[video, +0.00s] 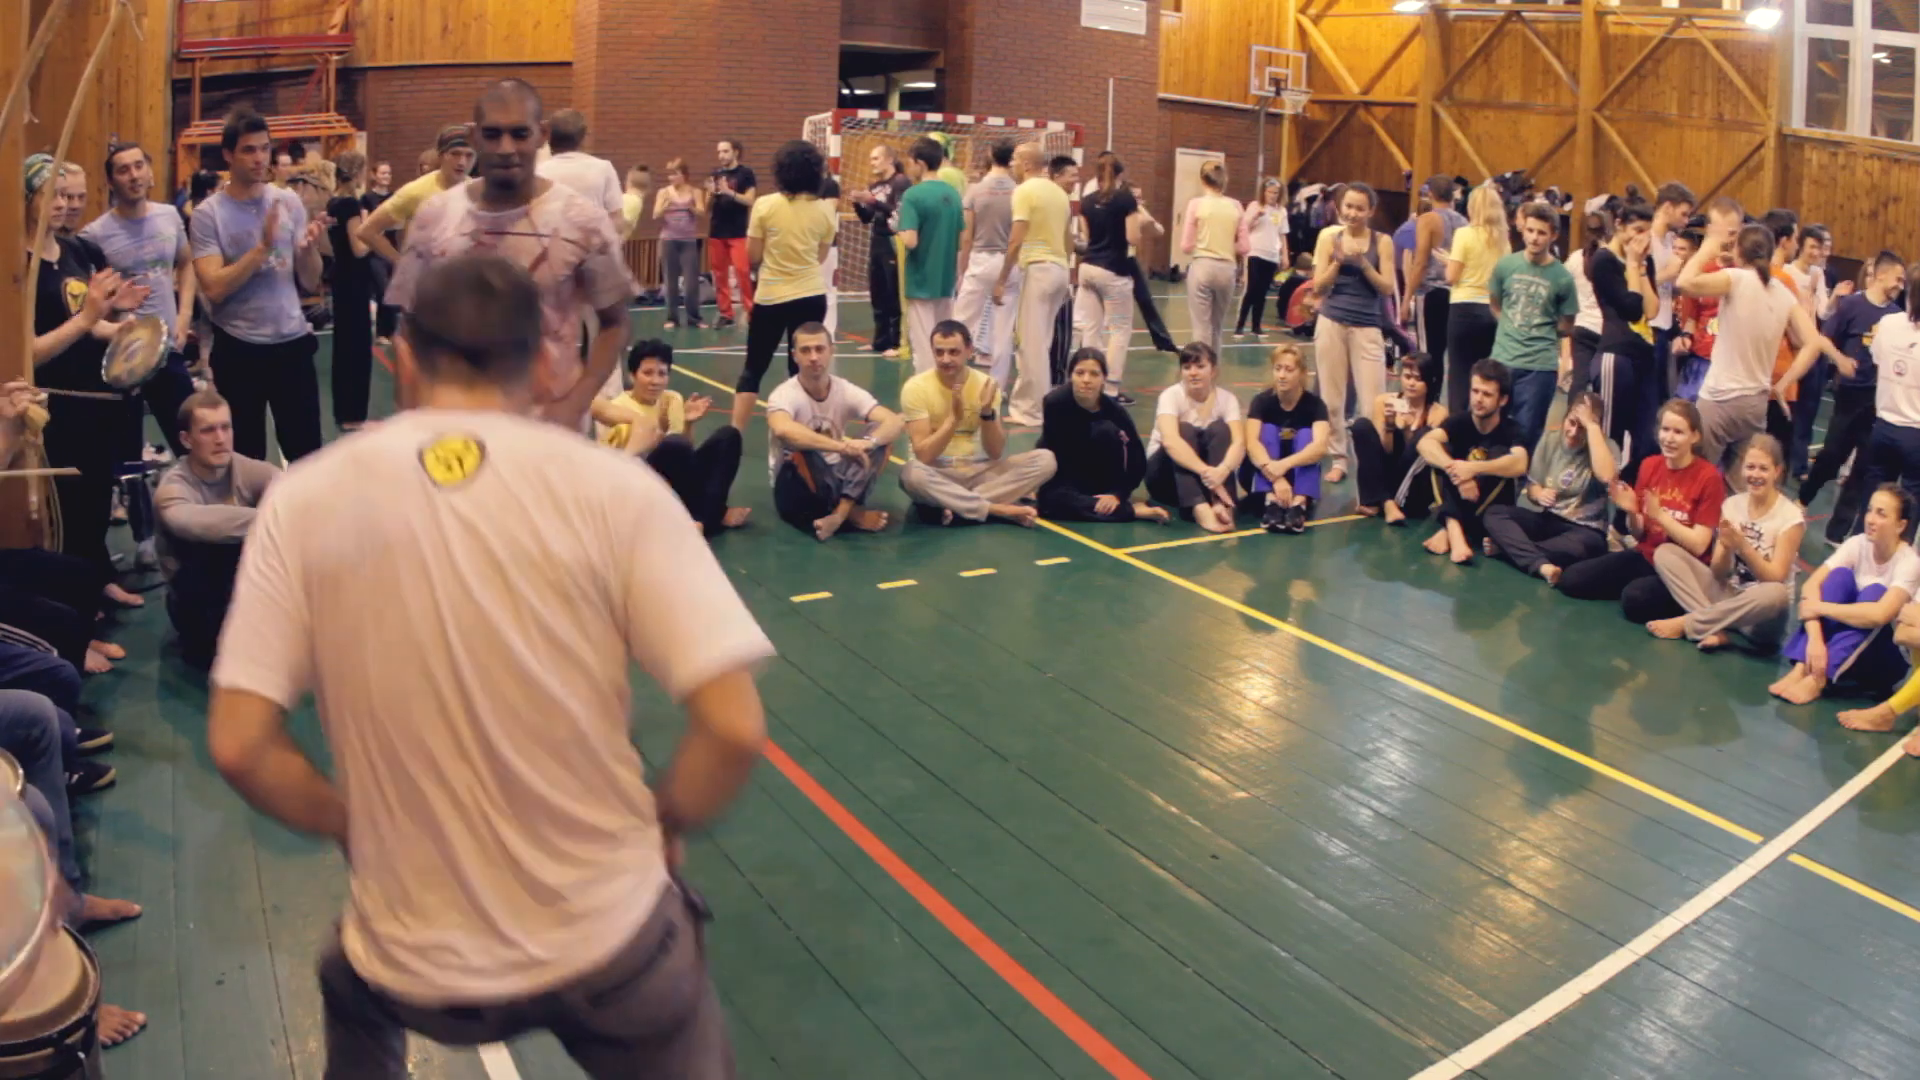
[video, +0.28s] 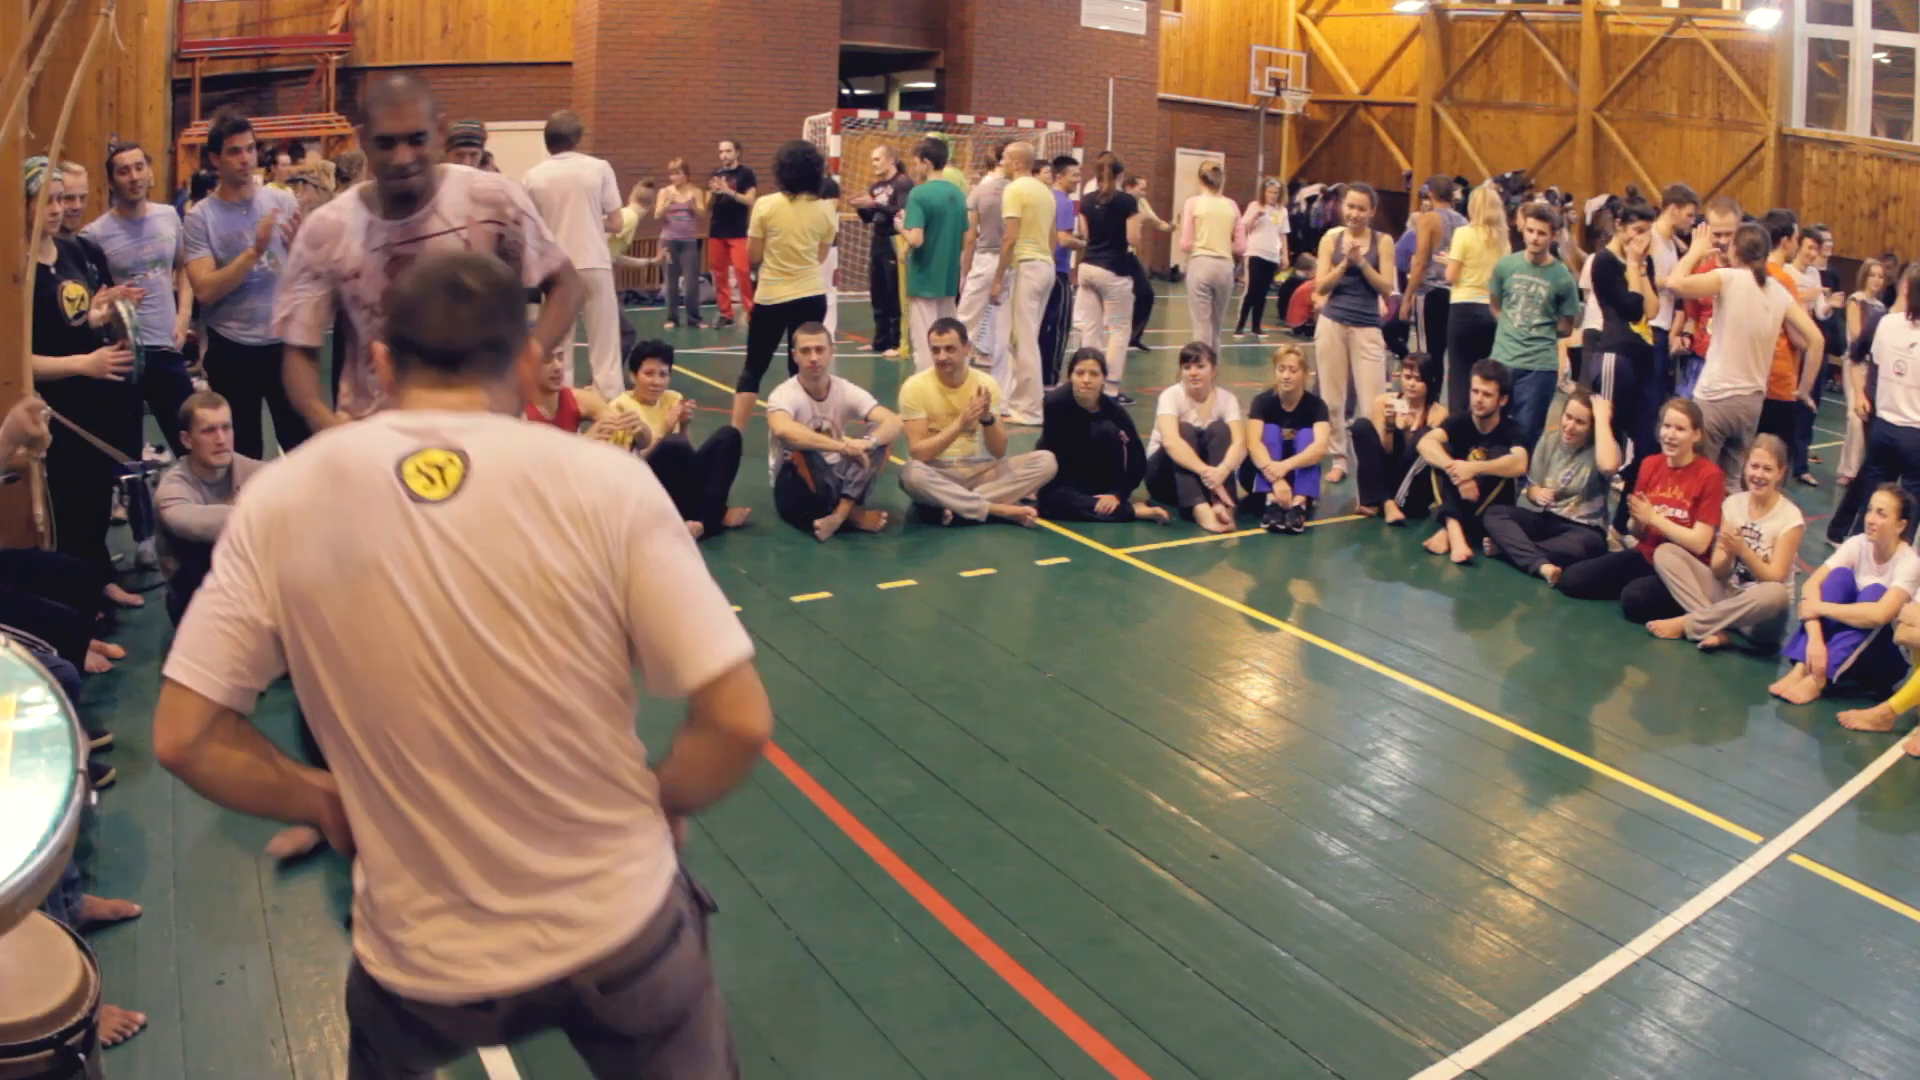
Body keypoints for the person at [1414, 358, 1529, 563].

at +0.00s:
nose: (1478, 399)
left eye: (1487, 395)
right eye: (1475, 392)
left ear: (1503, 400)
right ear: (1469, 391)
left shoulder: (1511, 429)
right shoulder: (1459, 421)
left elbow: (1519, 465)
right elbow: (1425, 443)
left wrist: (1472, 468)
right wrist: (1459, 474)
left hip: (1492, 511)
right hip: (1454, 504)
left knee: (1499, 457)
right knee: (1437, 454)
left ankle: (1449, 528)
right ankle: (1454, 528)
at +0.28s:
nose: (1478, 400)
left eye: (1487, 395)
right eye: (1475, 392)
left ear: (1503, 400)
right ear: (1469, 392)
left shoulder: (1510, 429)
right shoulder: (1460, 421)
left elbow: (1519, 465)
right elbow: (1426, 443)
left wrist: (1473, 468)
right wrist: (1459, 475)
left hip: (1492, 510)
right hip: (1455, 504)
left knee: (1499, 457)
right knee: (1437, 456)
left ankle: (1449, 528)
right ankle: (1454, 529)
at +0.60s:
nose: (1479, 400)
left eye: (1487, 395)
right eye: (1475, 392)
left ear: (1503, 400)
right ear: (1469, 392)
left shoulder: (1510, 429)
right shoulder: (1459, 420)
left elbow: (1520, 465)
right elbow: (1426, 444)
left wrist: (1473, 467)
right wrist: (1459, 475)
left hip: (1492, 509)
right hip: (1454, 504)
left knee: (1500, 456)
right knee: (1437, 455)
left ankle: (1449, 528)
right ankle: (1454, 530)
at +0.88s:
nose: (1478, 399)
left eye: (1487, 395)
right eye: (1475, 392)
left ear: (1503, 400)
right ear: (1469, 392)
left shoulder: (1510, 428)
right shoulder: (1460, 420)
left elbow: (1519, 465)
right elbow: (1425, 443)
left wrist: (1473, 468)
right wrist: (1459, 474)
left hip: (1491, 510)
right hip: (1453, 504)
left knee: (1500, 456)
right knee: (1438, 453)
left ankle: (1449, 527)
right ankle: (1454, 528)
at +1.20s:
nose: (1478, 399)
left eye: (1487, 395)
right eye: (1475, 392)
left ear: (1503, 400)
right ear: (1469, 392)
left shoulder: (1511, 429)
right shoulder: (1460, 421)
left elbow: (1520, 465)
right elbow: (1426, 444)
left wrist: (1473, 467)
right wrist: (1459, 474)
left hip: (1493, 510)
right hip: (1455, 505)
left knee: (1500, 457)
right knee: (1438, 457)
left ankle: (1449, 529)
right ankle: (1454, 530)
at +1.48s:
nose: (1478, 399)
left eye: (1487, 395)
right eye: (1475, 392)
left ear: (1503, 400)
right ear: (1469, 391)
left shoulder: (1511, 428)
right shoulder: (1460, 420)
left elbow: (1520, 465)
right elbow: (1426, 443)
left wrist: (1473, 468)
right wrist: (1459, 475)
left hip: (1492, 510)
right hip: (1454, 504)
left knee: (1499, 455)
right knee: (1438, 454)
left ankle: (1449, 528)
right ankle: (1454, 528)